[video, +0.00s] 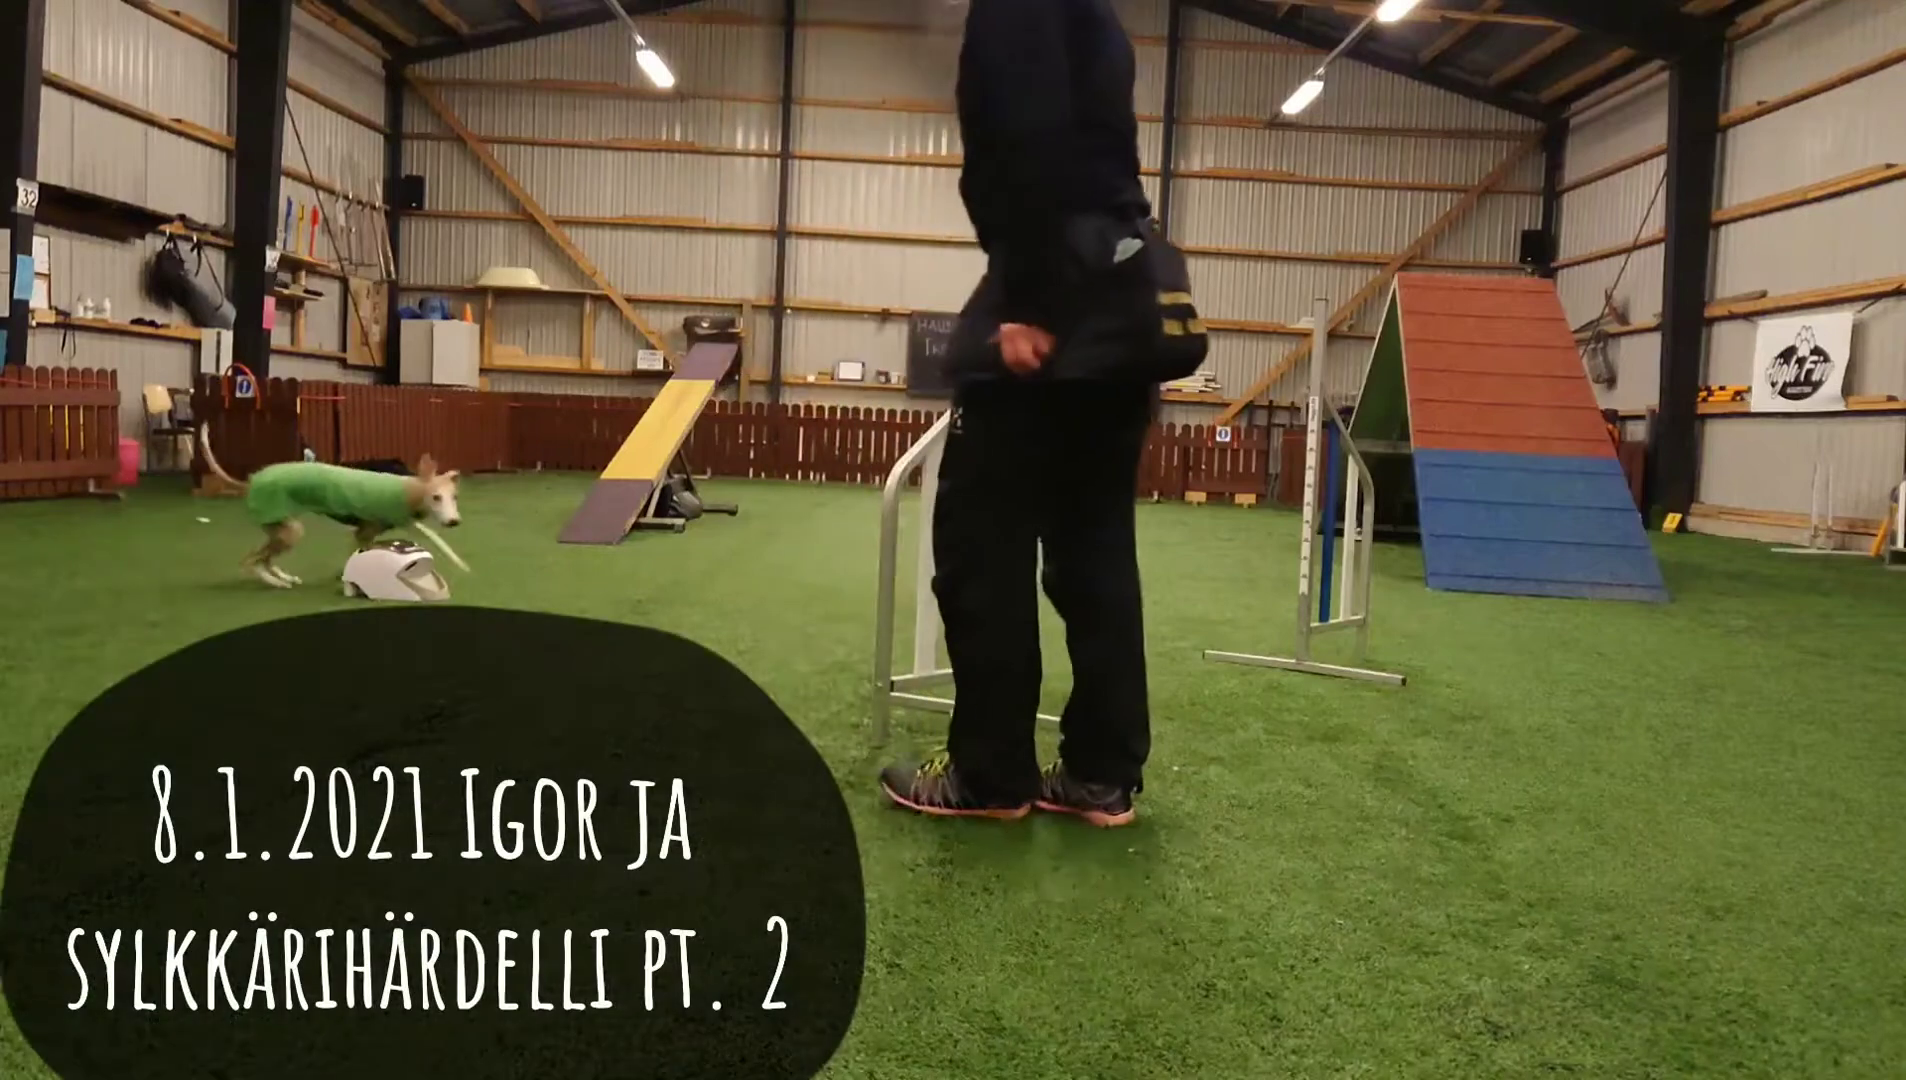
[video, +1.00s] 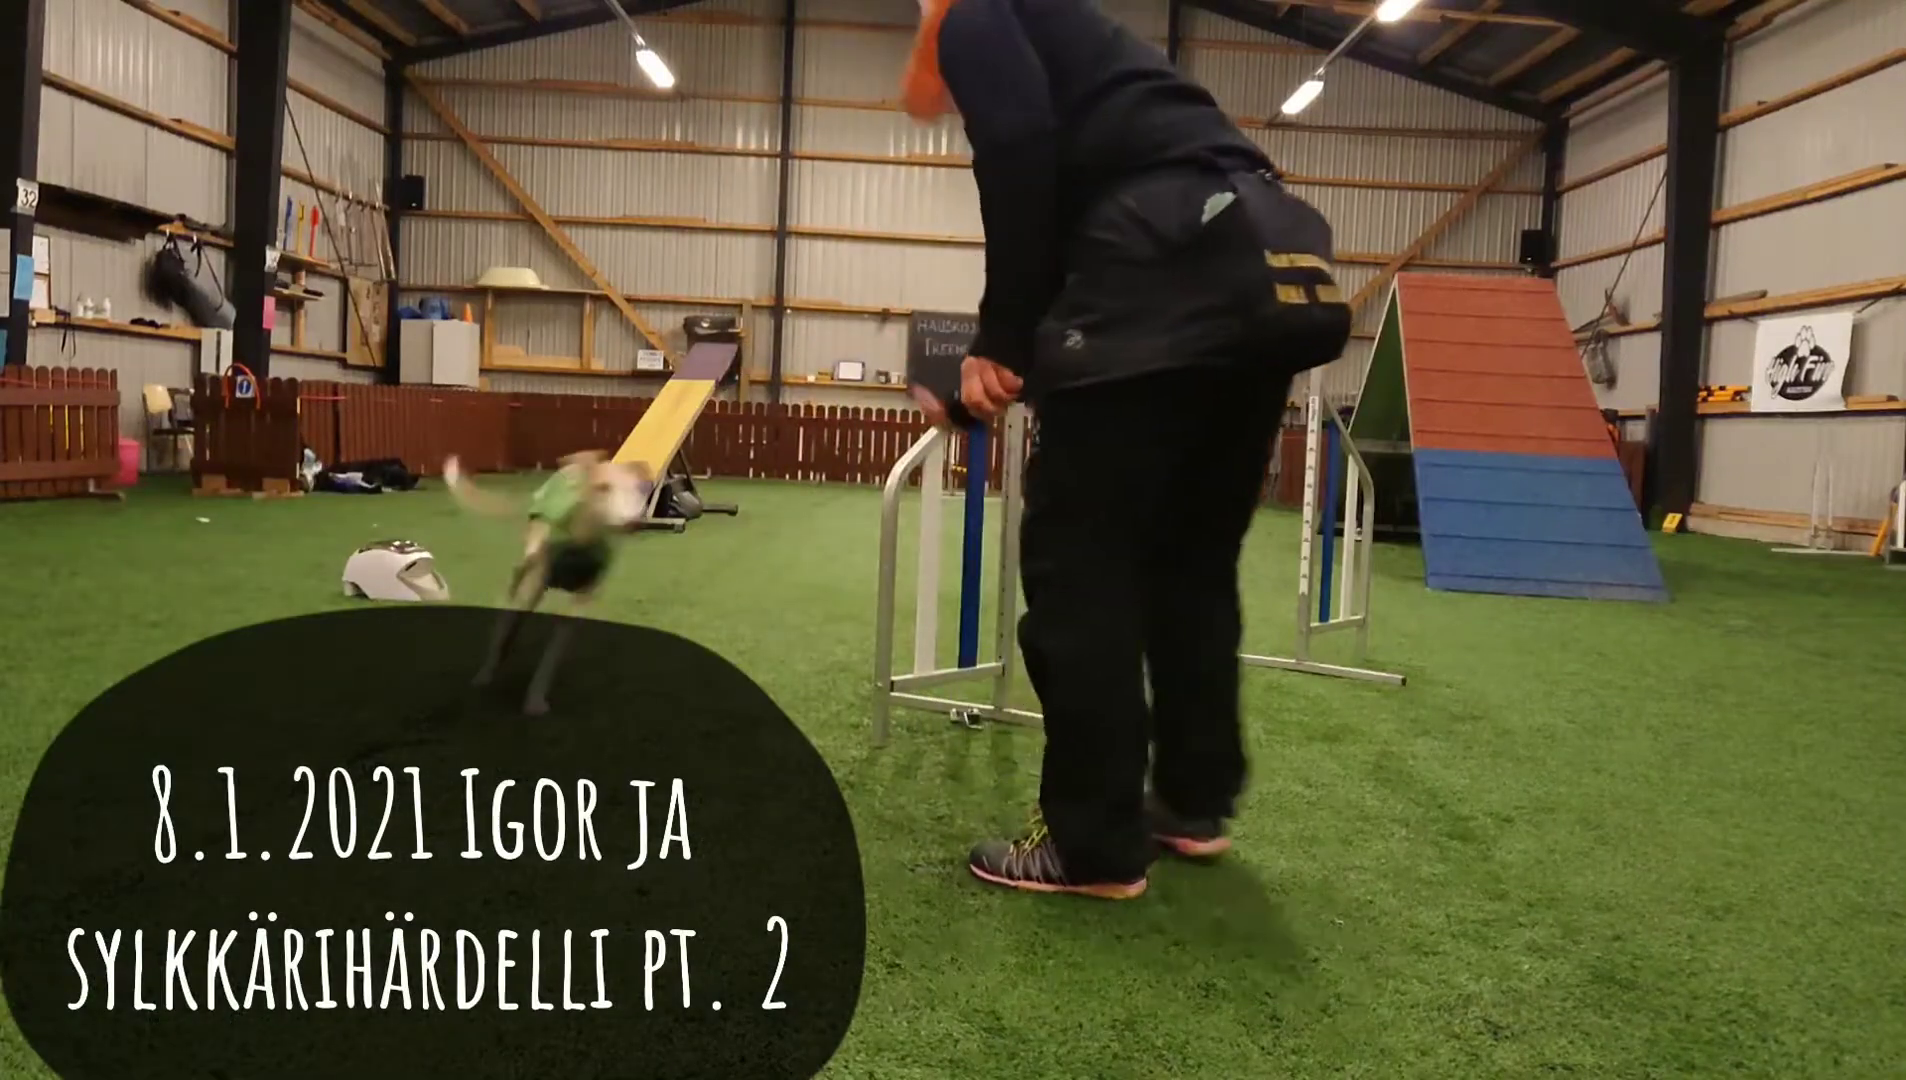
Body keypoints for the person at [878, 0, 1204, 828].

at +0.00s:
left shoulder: (1008, 13)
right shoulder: (1100, 27)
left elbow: (1025, 145)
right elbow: (1101, 164)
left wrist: (1024, 305)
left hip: (1034, 334)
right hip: (1118, 331)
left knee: (978, 552)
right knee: (1096, 553)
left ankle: (990, 774)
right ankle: (1104, 775)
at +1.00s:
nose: (933, 97)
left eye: (931, 58)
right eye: (927, 82)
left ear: (942, 12)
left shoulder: (973, 17)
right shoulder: (1092, 40)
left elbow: (1020, 148)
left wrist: (1002, 339)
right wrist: (980, 374)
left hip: (1146, 302)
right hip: (1260, 291)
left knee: (1075, 569)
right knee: (1194, 557)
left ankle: (1094, 846)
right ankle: (1195, 807)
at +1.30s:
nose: (993, 143)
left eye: (990, 109)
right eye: (989, 127)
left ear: (1015, 36)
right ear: (1089, 27)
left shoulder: (1028, 51)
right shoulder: (1166, 81)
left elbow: (1056, 163)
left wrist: (1037, 349)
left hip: (1198, 297)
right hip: (1334, 296)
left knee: (1135, 588)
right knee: (1293, 581)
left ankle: (1104, 847)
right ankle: (1271, 828)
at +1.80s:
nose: (1031, 43)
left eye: (1033, 34)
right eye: (1036, 35)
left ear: (1057, 31)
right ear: (1128, 34)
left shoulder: (1051, 66)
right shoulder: (1179, 85)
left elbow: (1051, 191)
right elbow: (1221, 240)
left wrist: (1009, 346)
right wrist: (1189, 420)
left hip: (1158, 304)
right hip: (1281, 311)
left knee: (1062, 557)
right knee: (1264, 574)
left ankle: (997, 792)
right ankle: (1270, 826)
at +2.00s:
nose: (994, 32)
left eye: (997, 25)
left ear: (1013, 27)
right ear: (1090, 33)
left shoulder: (990, 76)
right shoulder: (1132, 88)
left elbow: (971, 202)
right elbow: (1155, 218)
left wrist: (923, 354)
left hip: (1061, 337)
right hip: (1188, 336)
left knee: (976, 549)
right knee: (1209, 568)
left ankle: (898, 737)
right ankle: (1261, 808)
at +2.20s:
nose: (908, 34)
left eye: (911, 25)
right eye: (1019, 34)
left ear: (926, 27)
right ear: (1005, 36)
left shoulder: (897, 77)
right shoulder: (1040, 94)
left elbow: (856, 211)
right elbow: (1045, 217)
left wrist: (806, 352)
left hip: (938, 324)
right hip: (1063, 326)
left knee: (885, 533)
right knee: (1075, 540)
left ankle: (873, 745)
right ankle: (1183, 709)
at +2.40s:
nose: (859, 30)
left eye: (861, 22)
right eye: (958, 32)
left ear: (872, 24)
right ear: (946, 37)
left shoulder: (843, 68)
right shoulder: (986, 105)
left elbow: (789, 199)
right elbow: (984, 230)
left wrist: (740, 337)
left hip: (877, 322)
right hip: (989, 329)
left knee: (852, 533)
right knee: (910, 506)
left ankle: (872, 745)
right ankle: (991, 678)